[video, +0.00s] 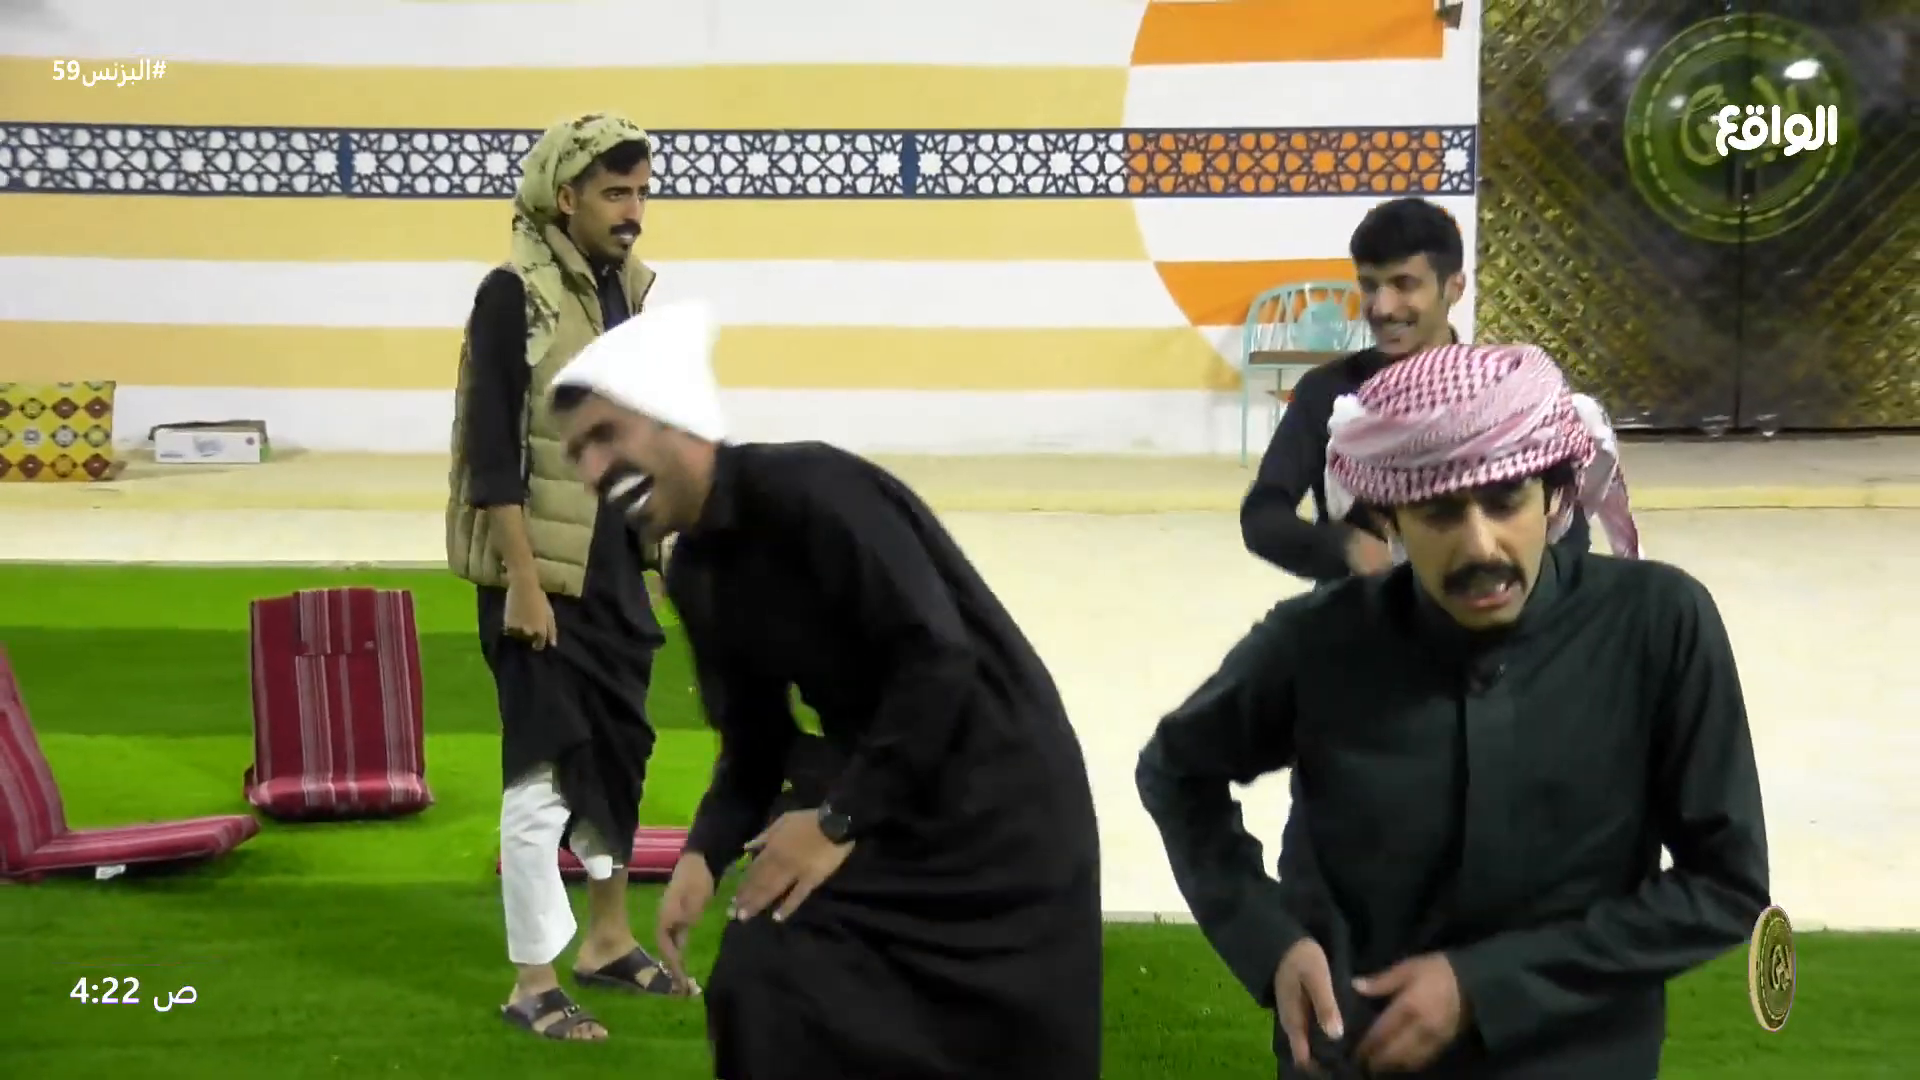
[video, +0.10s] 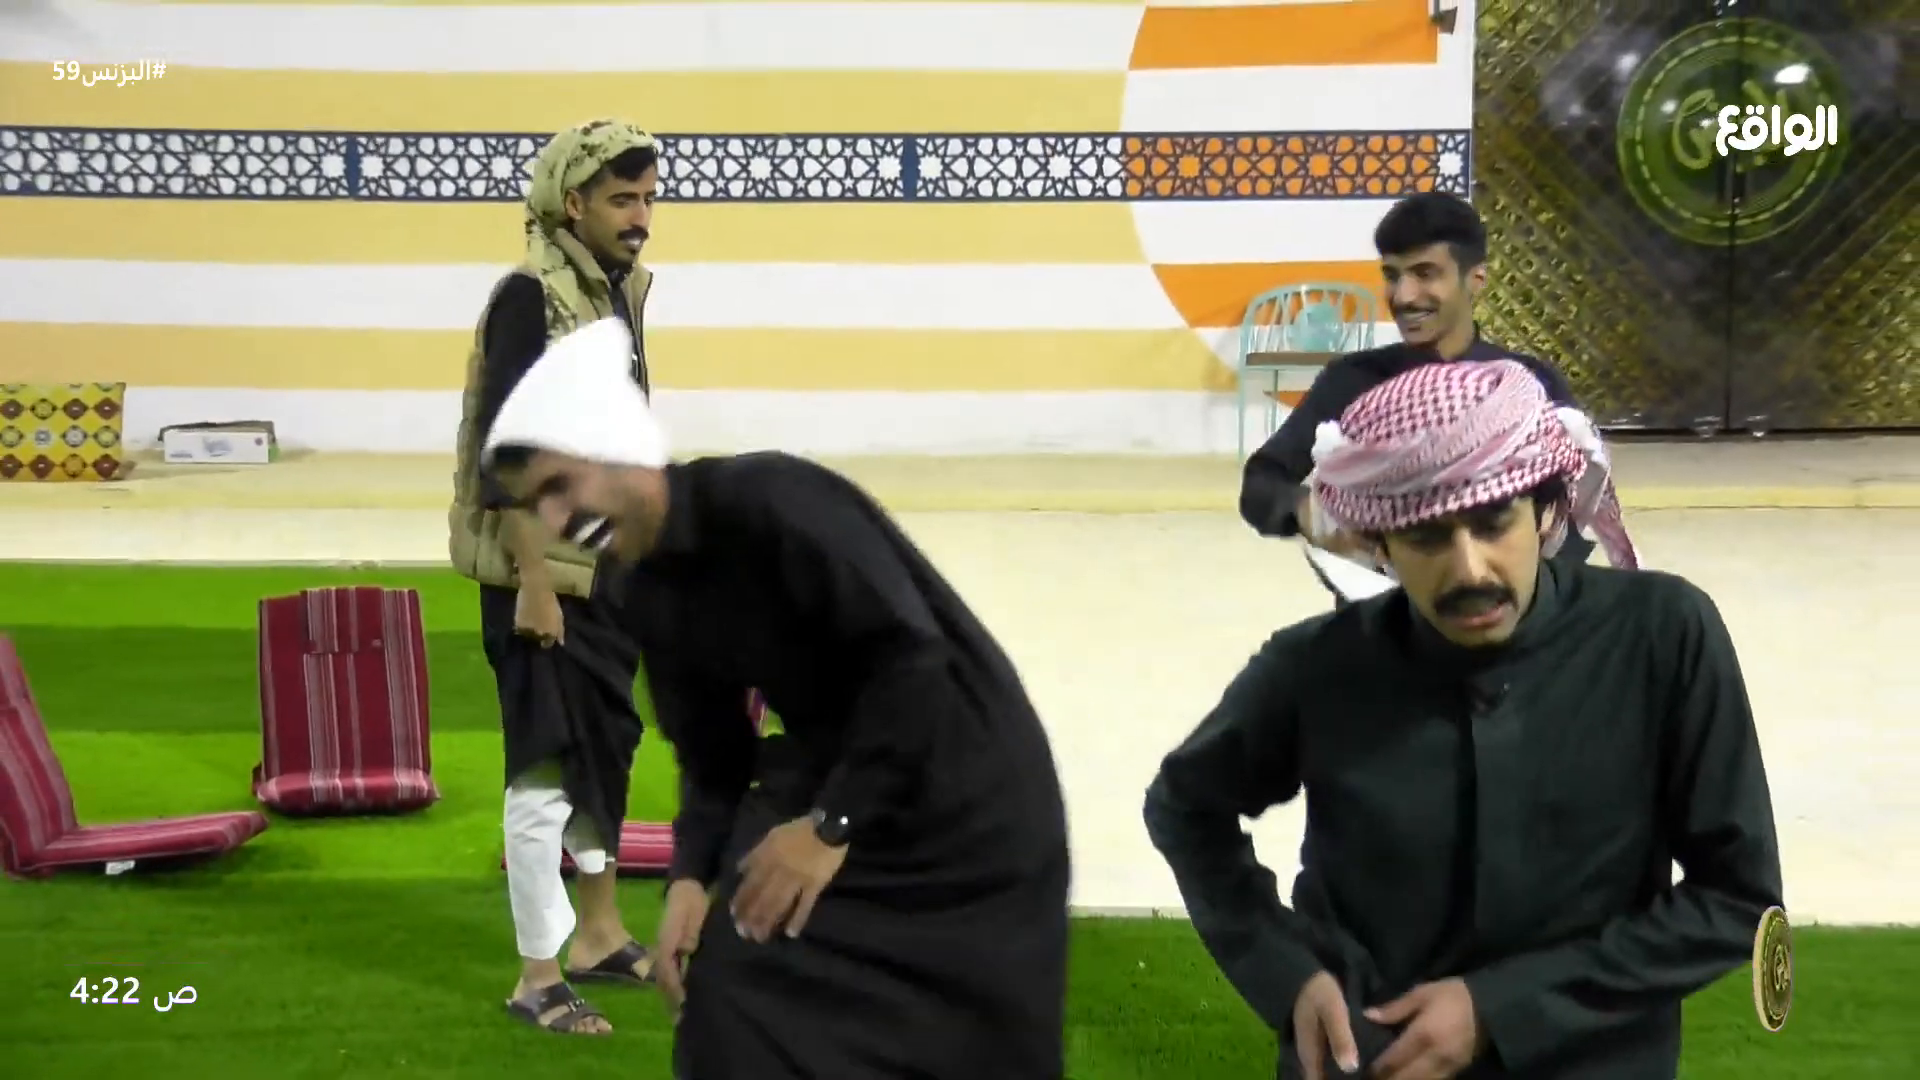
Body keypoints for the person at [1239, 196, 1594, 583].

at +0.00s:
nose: (1384, 307)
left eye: (1405, 285)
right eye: (1370, 287)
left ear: (1455, 287)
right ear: (1358, 287)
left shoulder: (1502, 386)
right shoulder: (1329, 391)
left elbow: (1570, 528)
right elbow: (1264, 518)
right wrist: (1348, 550)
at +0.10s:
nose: (1403, 295)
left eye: (1425, 274)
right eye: (1392, 276)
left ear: (1476, 281)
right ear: (1382, 280)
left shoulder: (1530, 382)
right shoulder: (1351, 381)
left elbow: (1572, 525)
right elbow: (1259, 486)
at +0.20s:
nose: (1444, 309)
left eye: (1467, 290)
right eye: (1436, 291)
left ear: (1516, 301)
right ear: (1426, 297)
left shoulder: (1567, 402)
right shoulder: (1393, 397)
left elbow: (1623, 533)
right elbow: (1317, 463)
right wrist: (1299, 483)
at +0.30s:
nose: (1474, 319)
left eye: (1497, 300)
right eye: (1465, 299)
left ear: (1546, 311)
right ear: (1455, 302)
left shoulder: (1592, 412)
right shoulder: (1441, 410)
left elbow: (1653, 534)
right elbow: (1384, 462)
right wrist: (1324, 477)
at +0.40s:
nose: (1501, 300)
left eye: (1523, 284)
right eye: (1494, 283)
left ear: (1571, 293)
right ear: (1484, 286)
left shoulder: (1615, 387)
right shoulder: (1442, 381)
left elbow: (1688, 496)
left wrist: (1628, 554)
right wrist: (1349, 423)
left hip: (1594, 601)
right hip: (1472, 600)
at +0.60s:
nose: (1528, 299)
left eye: (1548, 282)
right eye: (1519, 279)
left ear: (1588, 285)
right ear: (1507, 281)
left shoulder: (1619, 370)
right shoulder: (1468, 350)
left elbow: (1733, 442)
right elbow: (1375, 305)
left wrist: (1718, 387)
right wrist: (1399, 201)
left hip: (1587, 576)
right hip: (1484, 574)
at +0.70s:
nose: (1539, 312)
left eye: (1559, 296)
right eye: (1530, 294)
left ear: (1602, 295)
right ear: (1520, 290)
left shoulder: (1642, 373)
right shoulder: (1480, 355)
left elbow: (1764, 413)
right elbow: (1380, 296)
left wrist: (1760, 325)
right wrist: (1416, 198)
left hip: (1610, 626)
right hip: (1496, 622)